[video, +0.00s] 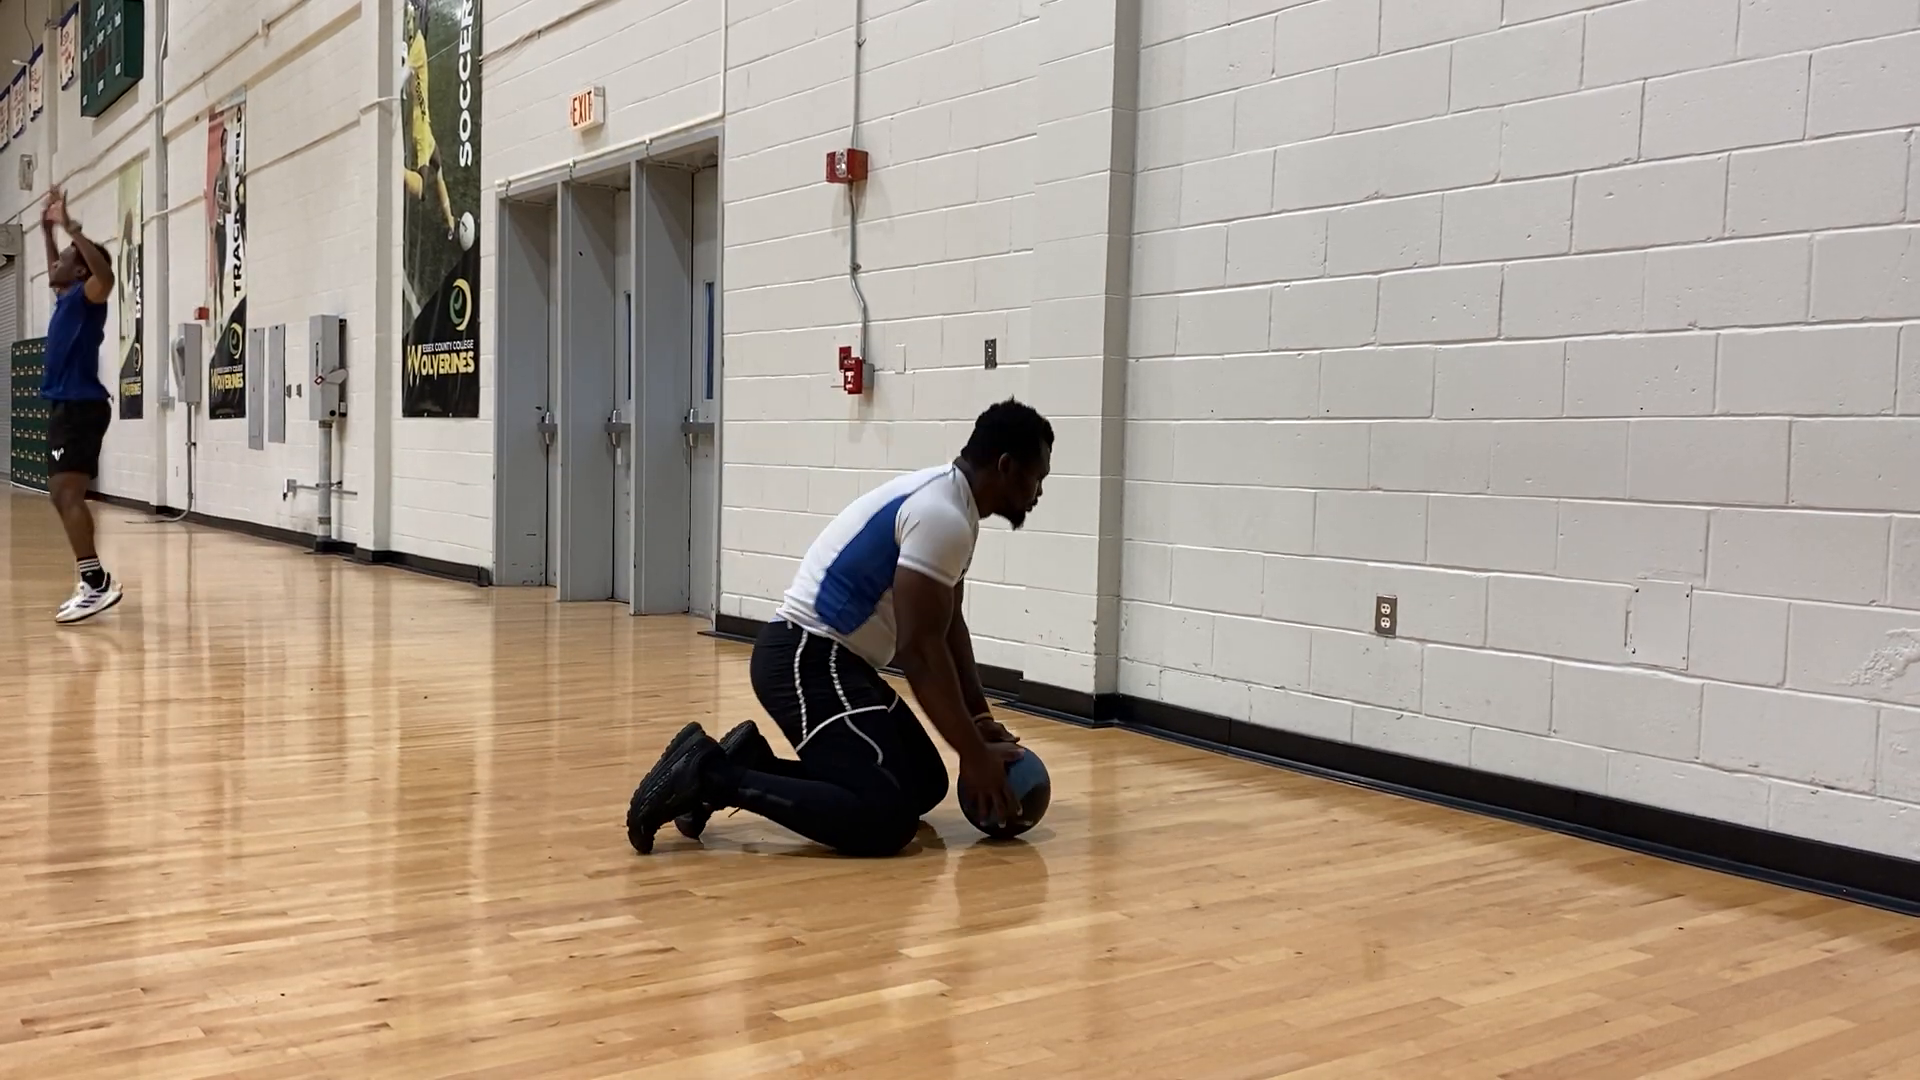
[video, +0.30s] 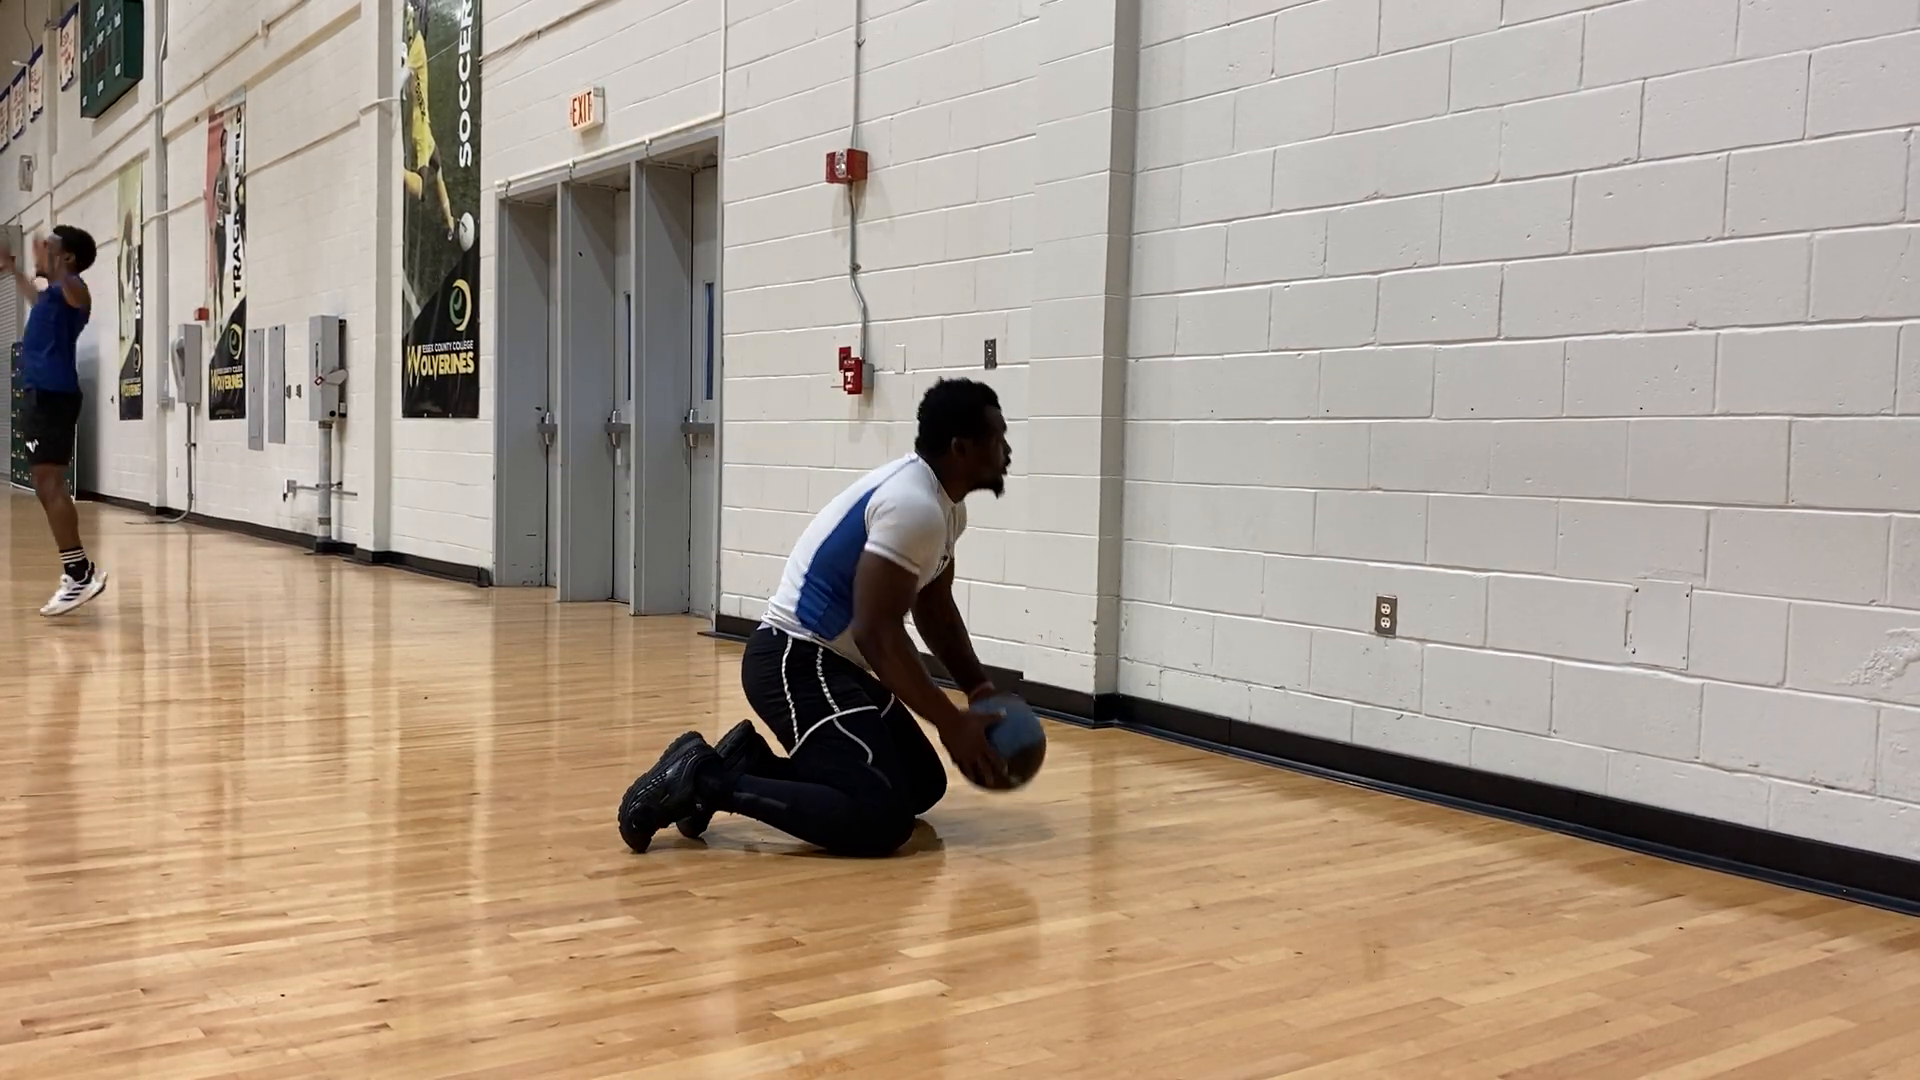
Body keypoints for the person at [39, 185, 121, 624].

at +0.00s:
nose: (57, 262)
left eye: (66, 258)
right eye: (60, 257)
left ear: (81, 266)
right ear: (66, 269)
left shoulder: (88, 296)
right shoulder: (68, 298)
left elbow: (103, 271)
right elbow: (53, 271)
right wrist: (45, 228)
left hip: (82, 405)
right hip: (67, 405)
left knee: (67, 494)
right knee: (65, 494)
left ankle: (95, 583)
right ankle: (94, 581)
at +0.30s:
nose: (47, 253)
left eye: (52, 248)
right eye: (47, 246)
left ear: (69, 258)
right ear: (58, 258)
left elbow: (75, 297)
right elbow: (33, 296)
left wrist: (55, 268)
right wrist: (14, 271)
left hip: (55, 395)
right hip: (42, 394)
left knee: (49, 486)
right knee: (47, 486)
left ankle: (78, 575)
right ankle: (81, 570)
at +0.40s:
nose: (28, 253)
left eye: (36, 248)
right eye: (31, 247)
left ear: (56, 258)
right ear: (51, 258)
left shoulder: (61, 291)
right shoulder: (45, 292)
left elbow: (75, 336)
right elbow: (44, 337)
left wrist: (51, 358)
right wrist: (18, 348)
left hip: (47, 399)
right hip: (33, 397)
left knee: (41, 488)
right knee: (36, 488)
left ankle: (62, 579)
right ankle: (60, 576)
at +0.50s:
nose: (17, 274)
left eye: (26, 269)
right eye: (21, 268)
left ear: (44, 281)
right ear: (41, 282)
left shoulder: (49, 319)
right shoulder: (32, 319)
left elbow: (65, 380)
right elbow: (37, 378)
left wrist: (39, 423)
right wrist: (15, 410)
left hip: (50, 424)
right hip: (35, 422)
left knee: (16, 505)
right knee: (15, 505)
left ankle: (60, 591)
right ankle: (58, 589)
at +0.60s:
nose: (12, 274)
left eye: (21, 270)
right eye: (16, 268)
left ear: (40, 283)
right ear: (35, 283)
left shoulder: (39, 321)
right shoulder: (26, 321)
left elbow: (55, 382)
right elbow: (31, 382)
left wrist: (21, 423)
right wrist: (11, 420)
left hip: (41, 430)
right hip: (26, 428)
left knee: (13, 508)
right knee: (10, 508)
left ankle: (60, 591)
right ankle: (58, 589)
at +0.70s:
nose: (13, 249)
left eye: (22, 245)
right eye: (16, 243)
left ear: (40, 258)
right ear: (34, 258)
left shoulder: (37, 291)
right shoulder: (24, 292)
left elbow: (45, 339)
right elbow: (37, 340)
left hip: (31, 400)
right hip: (20, 399)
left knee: (18, 485)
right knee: (17, 485)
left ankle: (48, 579)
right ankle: (47, 577)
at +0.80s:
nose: (6, 246)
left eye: (14, 241)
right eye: (9, 240)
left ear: (32, 252)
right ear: (29, 253)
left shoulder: (33, 278)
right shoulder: (17, 283)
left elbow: (35, 299)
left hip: (24, 390)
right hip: (16, 390)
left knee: (18, 483)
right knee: (16, 483)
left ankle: (41, 575)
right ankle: (41, 573)